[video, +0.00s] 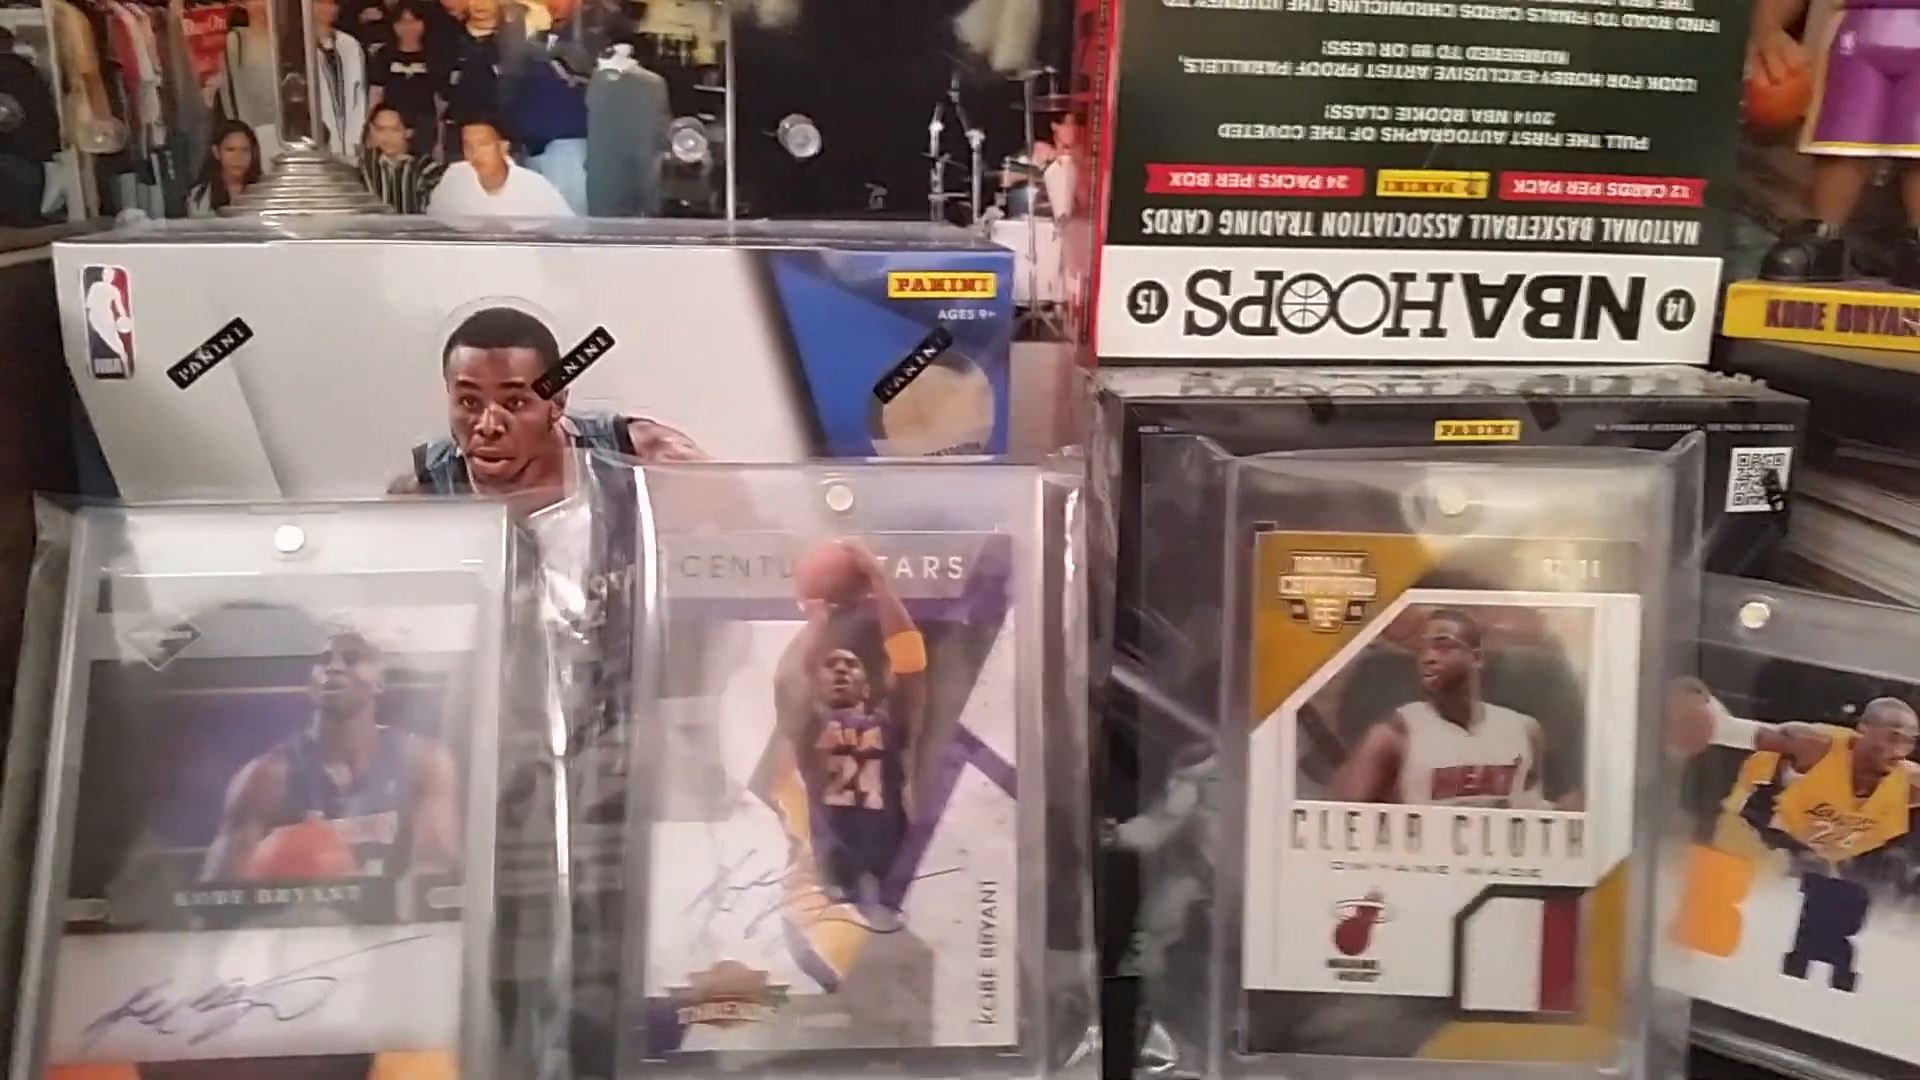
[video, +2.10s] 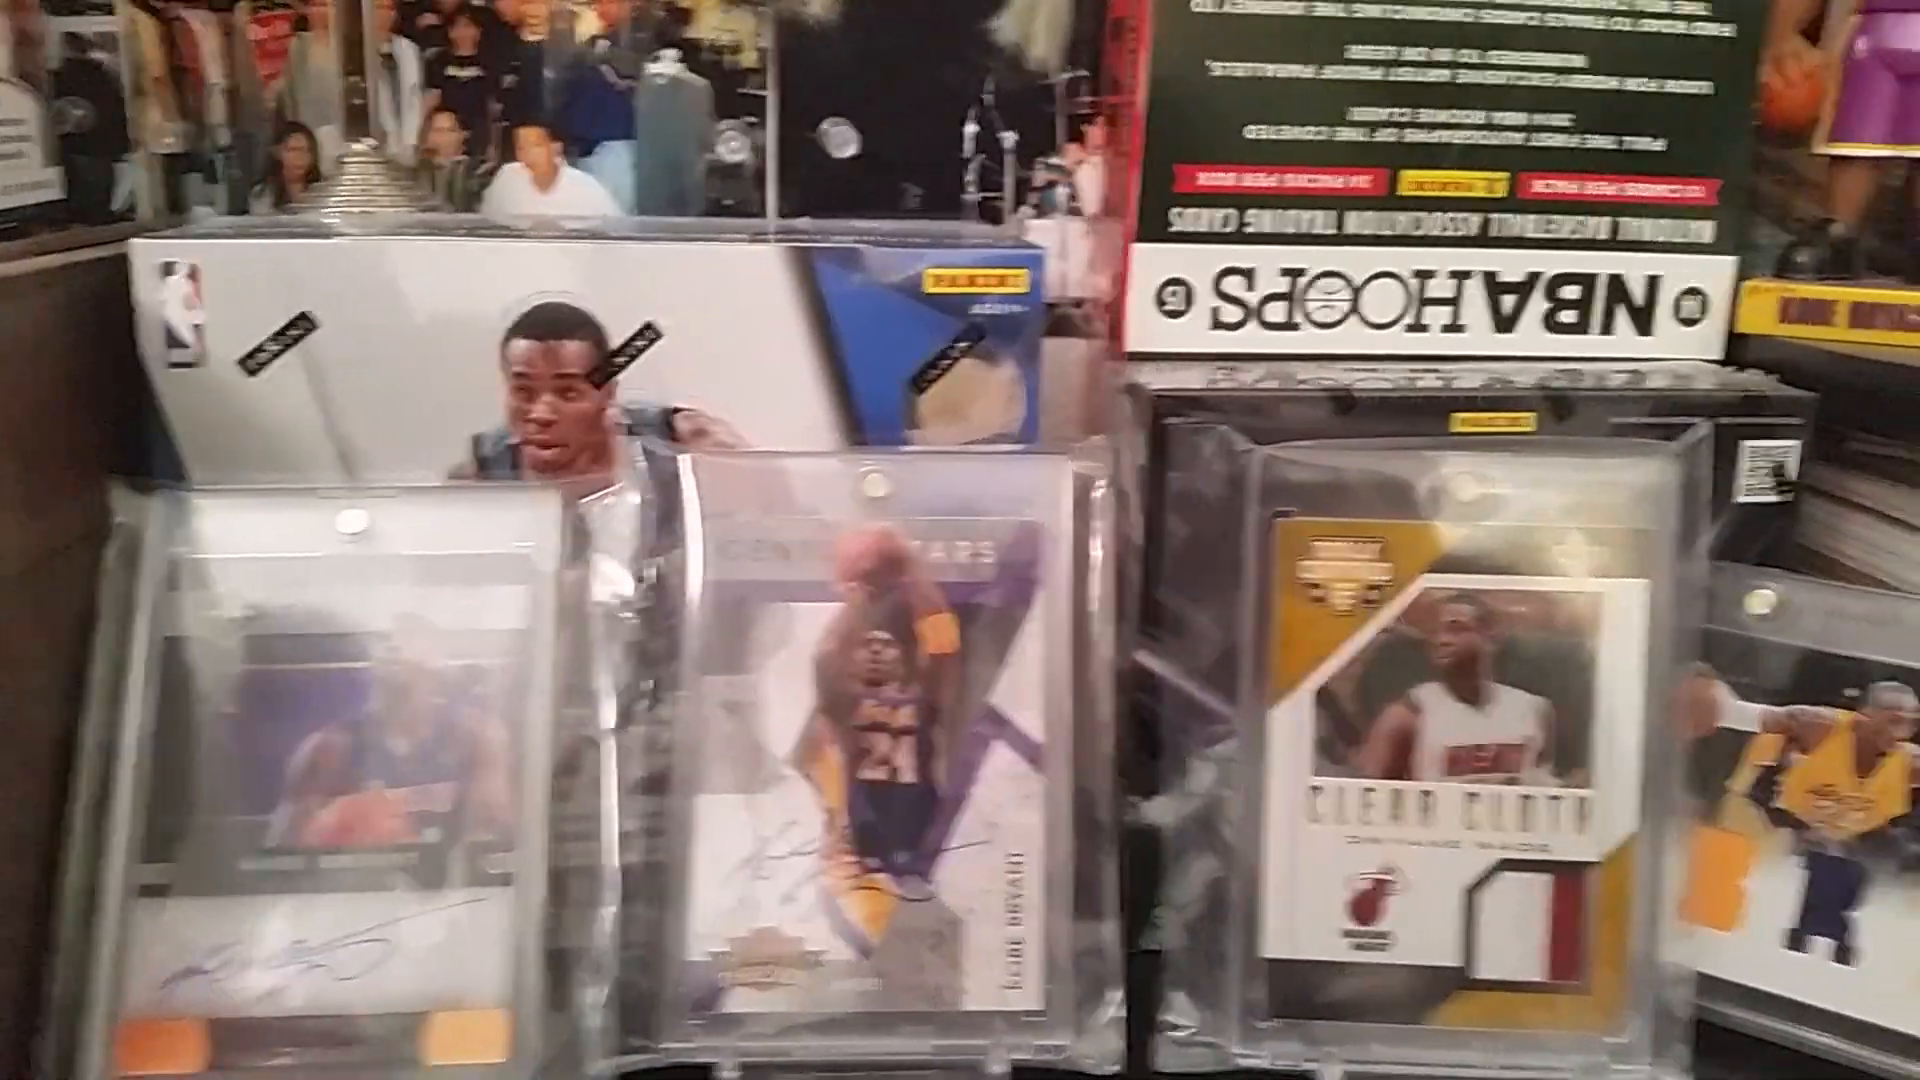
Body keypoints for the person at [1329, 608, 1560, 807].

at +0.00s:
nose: (1426, 657)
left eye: (1442, 646)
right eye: (1422, 648)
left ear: (1477, 658)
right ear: (1417, 656)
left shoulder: (1525, 732)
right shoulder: (1392, 735)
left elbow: (1533, 818)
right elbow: (1342, 820)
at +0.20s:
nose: (1407, 655)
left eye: (1423, 644)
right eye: (1402, 646)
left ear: (1457, 656)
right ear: (1395, 653)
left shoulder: (1504, 731)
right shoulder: (1372, 735)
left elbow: (1511, 811)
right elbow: (1325, 825)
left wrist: (1538, 809)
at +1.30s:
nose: (1418, 649)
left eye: (1434, 637)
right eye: (1413, 640)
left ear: (1467, 648)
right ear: (1407, 648)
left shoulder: (1515, 723)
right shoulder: (1383, 726)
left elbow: (1519, 802)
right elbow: (1342, 817)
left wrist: (1548, 802)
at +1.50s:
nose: (1451, 645)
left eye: (1465, 636)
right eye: (1444, 638)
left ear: (1498, 647)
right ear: (1437, 650)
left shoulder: (1546, 720)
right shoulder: (1415, 721)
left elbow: (1554, 799)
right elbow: (1374, 807)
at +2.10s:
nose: (1441, 639)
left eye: (1456, 628)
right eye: (1438, 630)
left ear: (1488, 638)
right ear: (1431, 638)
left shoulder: (1536, 712)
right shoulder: (1406, 715)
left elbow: (1542, 792)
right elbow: (1366, 799)